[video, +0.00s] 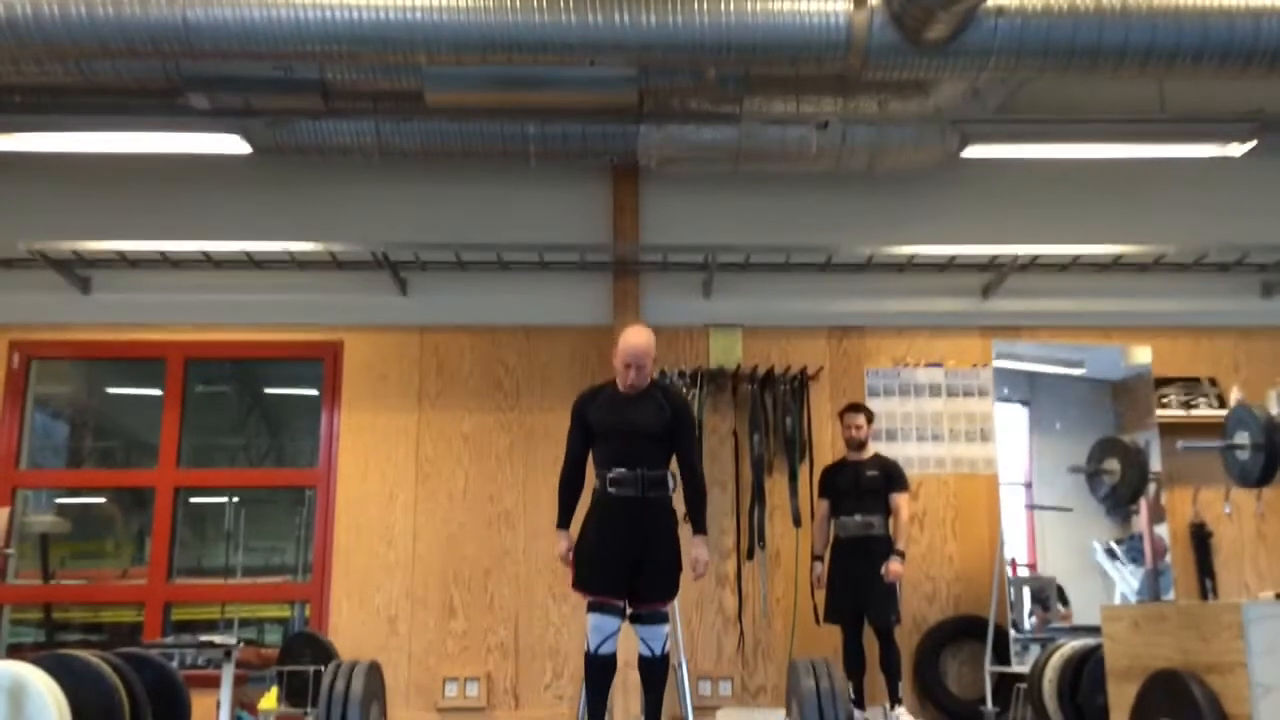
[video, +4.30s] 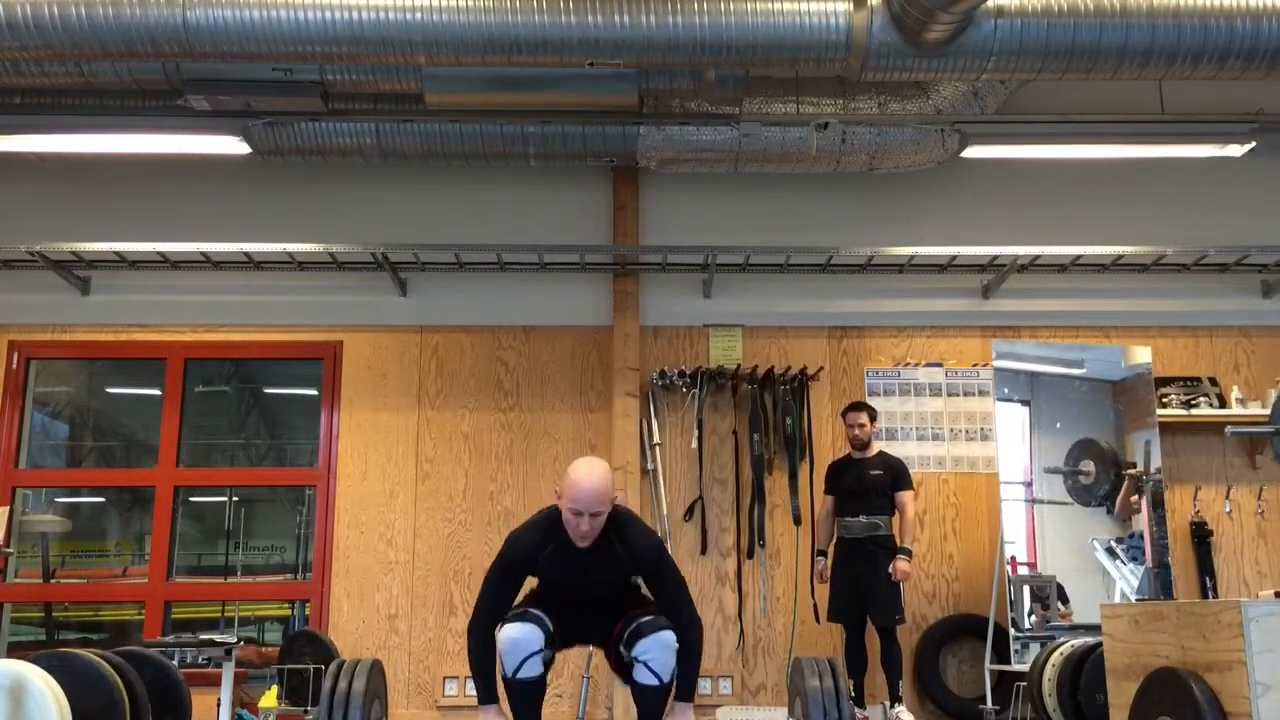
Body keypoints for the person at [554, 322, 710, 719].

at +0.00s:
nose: (632, 374)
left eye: (641, 366)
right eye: (626, 365)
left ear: (654, 363)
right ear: (614, 359)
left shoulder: (673, 405)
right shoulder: (591, 404)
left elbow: (691, 471)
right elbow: (574, 469)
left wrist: (699, 536)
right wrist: (563, 529)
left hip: (656, 530)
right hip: (605, 528)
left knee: (654, 633)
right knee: (601, 631)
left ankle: (653, 715)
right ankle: (596, 714)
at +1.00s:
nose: (580, 359)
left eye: (587, 350)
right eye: (571, 351)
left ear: (596, 343)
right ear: (556, 346)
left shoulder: (625, 384)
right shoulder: (534, 391)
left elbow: (652, 447)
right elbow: (512, 457)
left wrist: (667, 508)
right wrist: (493, 518)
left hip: (614, 515)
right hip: (559, 515)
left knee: (643, 620)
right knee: (552, 625)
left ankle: (632, 706)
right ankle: (543, 716)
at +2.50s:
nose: (583, 401)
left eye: (593, 393)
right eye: (576, 391)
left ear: (611, 376)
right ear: (562, 365)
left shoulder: (640, 404)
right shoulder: (532, 398)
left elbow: (677, 473)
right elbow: (501, 466)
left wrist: (683, 545)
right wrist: (484, 540)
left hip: (617, 518)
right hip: (553, 515)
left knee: (640, 629)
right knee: (530, 624)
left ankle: (648, 716)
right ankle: (521, 716)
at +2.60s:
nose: (582, 450)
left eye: (592, 442)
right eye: (575, 440)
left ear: (610, 428)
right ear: (563, 418)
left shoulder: (635, 442)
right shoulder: (530, 437)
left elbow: (677, 517)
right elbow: (498, 515)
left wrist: (682, 594)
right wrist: (489, 598)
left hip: (614, 529)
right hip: (550, 528)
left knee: (643, 626)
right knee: (529, 625)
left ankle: (652, 715)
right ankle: (523, 715)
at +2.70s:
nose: (581, 506)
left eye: (592, 498)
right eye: (574, 495)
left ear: (614, 476)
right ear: (560, 470)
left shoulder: (638, 483)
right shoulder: (528, 484)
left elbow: (673, 566)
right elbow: (500, 574)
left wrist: (677, 644)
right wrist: (493, 655)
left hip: (615, 545)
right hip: (548, 546)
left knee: (641, 632)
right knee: (531, 627)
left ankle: (656, 715)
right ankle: (524, 715)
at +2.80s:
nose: (579, 554)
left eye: (589, 546)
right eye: (571, 543)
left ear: (611, 522)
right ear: (557, 515)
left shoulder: (638, 520)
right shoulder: (527, 519)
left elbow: (672, 607)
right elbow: (505, 611)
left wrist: (675, 686)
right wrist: (497, 694)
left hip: (615, 545)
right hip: (549, 546)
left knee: (640, 631)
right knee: (531, 630)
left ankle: (655, 713)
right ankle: (523, 714)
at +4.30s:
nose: (585, 526)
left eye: (596, 514)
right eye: (575, 513)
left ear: (613, 502)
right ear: (558, 499)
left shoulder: (636, 538)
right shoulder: (530, 539)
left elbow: (688, 624)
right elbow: (480, 626)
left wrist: (684, 705)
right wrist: (488, 706)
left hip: (618, 616)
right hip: (554, 615)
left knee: (657, 644)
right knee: (518, 638)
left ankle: (650, 716)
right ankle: (529, 716)